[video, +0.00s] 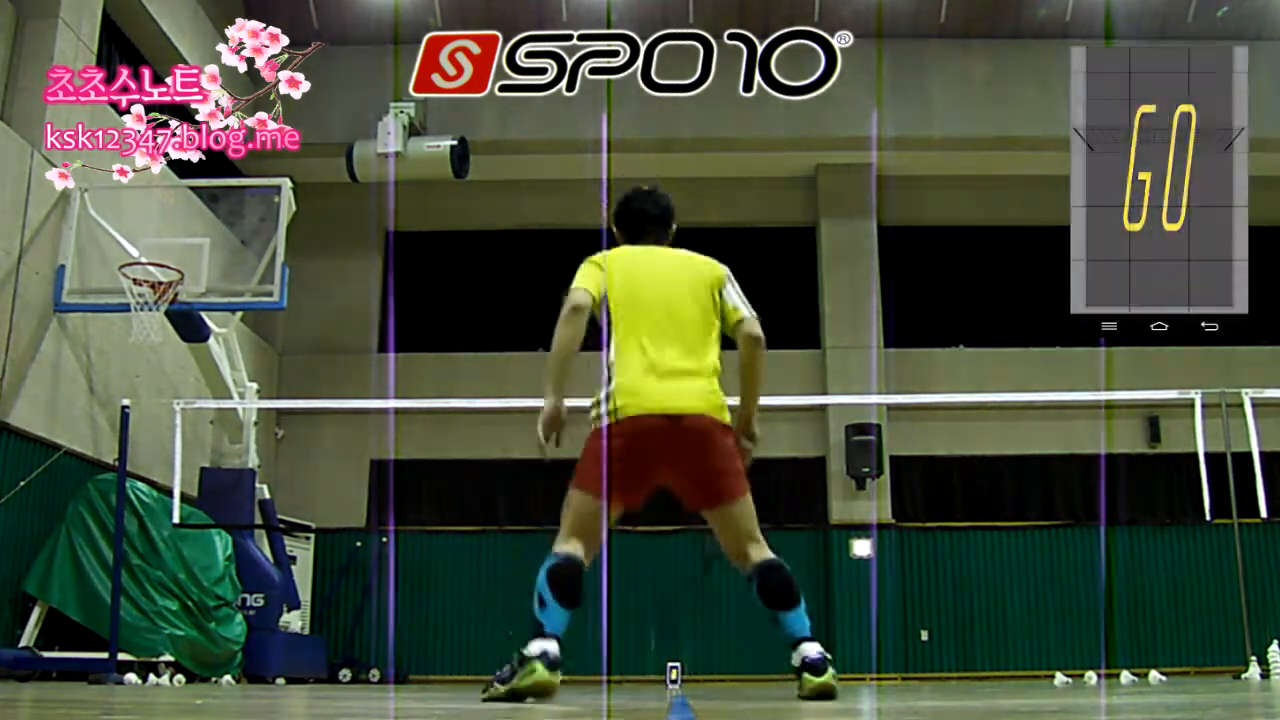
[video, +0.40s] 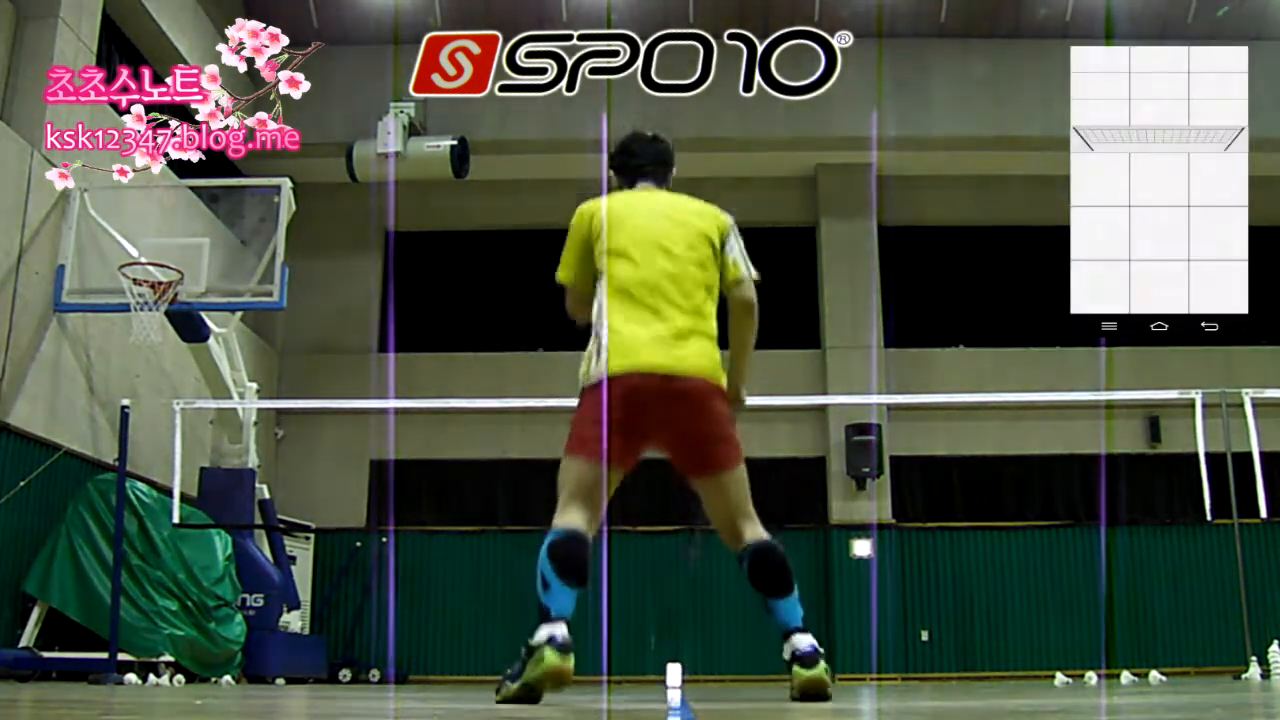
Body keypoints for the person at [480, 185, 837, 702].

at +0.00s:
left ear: (618, 231)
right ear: (673, 231)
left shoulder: (602, 264)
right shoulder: (710, 270)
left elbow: (576, 306)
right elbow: (752, 336)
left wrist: (554, 397)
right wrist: (746, 418)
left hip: (626, 423)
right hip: (703, 423)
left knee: (574, 541)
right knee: (751, 546)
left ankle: (543, 649)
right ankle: (808, 651)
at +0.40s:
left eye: (613, 178)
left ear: (616, 176)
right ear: (670, 176)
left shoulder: (594, 214)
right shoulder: (712, 218)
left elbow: (579, 306)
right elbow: (744, 298)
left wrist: (628, 327)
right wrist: (735, 385)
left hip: (615, 383)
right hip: (697, 384)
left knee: (576, 510)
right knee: (744, 525)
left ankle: (552, 637)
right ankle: (802, 646)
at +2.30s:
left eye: (654, 202)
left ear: (658, 198)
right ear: (713, 193)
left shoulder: (654, 223)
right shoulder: (766, 232)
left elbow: (622, 274)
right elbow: (817, 311)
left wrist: (568, 348)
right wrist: (817, 382)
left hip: (676, 380)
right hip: (761, 379)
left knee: (621, 523)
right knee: (825, 512)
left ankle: (553, 643)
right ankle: (880, 637)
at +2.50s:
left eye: (752, 190)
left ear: (750, 196)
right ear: (804, 183)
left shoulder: (734, 248)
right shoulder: (853, 215)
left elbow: (694, 337)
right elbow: (937, 213)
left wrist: (669, 397)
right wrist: (915, 186)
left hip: (745, 407)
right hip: (832, 407)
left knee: (669, 538)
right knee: (877, 530)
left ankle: (568, 642)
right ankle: (875, 652)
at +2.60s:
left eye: (806, 147)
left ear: (807, 147)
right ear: (863, 128)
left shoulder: (800, 204)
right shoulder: (913, 151)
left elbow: (740, 308)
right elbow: (987, 102)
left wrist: (732, 307)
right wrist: (927, 50)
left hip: (824, 349)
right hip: (911, 349)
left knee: (762, 495)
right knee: (916, 508)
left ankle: (694, 624)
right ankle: (883, 649)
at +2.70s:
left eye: (876, 72)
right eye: (902, 64)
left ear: (863, 91)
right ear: (912, 70)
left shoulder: (855, 147)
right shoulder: (951, 92)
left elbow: (801, 239)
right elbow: (1027, 29)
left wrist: (806, 195)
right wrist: (984, 6)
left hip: (893, 288)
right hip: (974, 277)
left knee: (896, 460)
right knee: (983, 457)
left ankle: (877, 616)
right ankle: (969, 610)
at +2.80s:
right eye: (971, 28)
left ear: (916, 61)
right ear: (966, 41)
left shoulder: (905, 127)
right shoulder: (997, 67)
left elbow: (870, 187)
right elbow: (1070, 15)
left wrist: (877, 128)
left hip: (952, 281)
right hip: (1032, 261)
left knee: (999, 445)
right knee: (1079, 426)